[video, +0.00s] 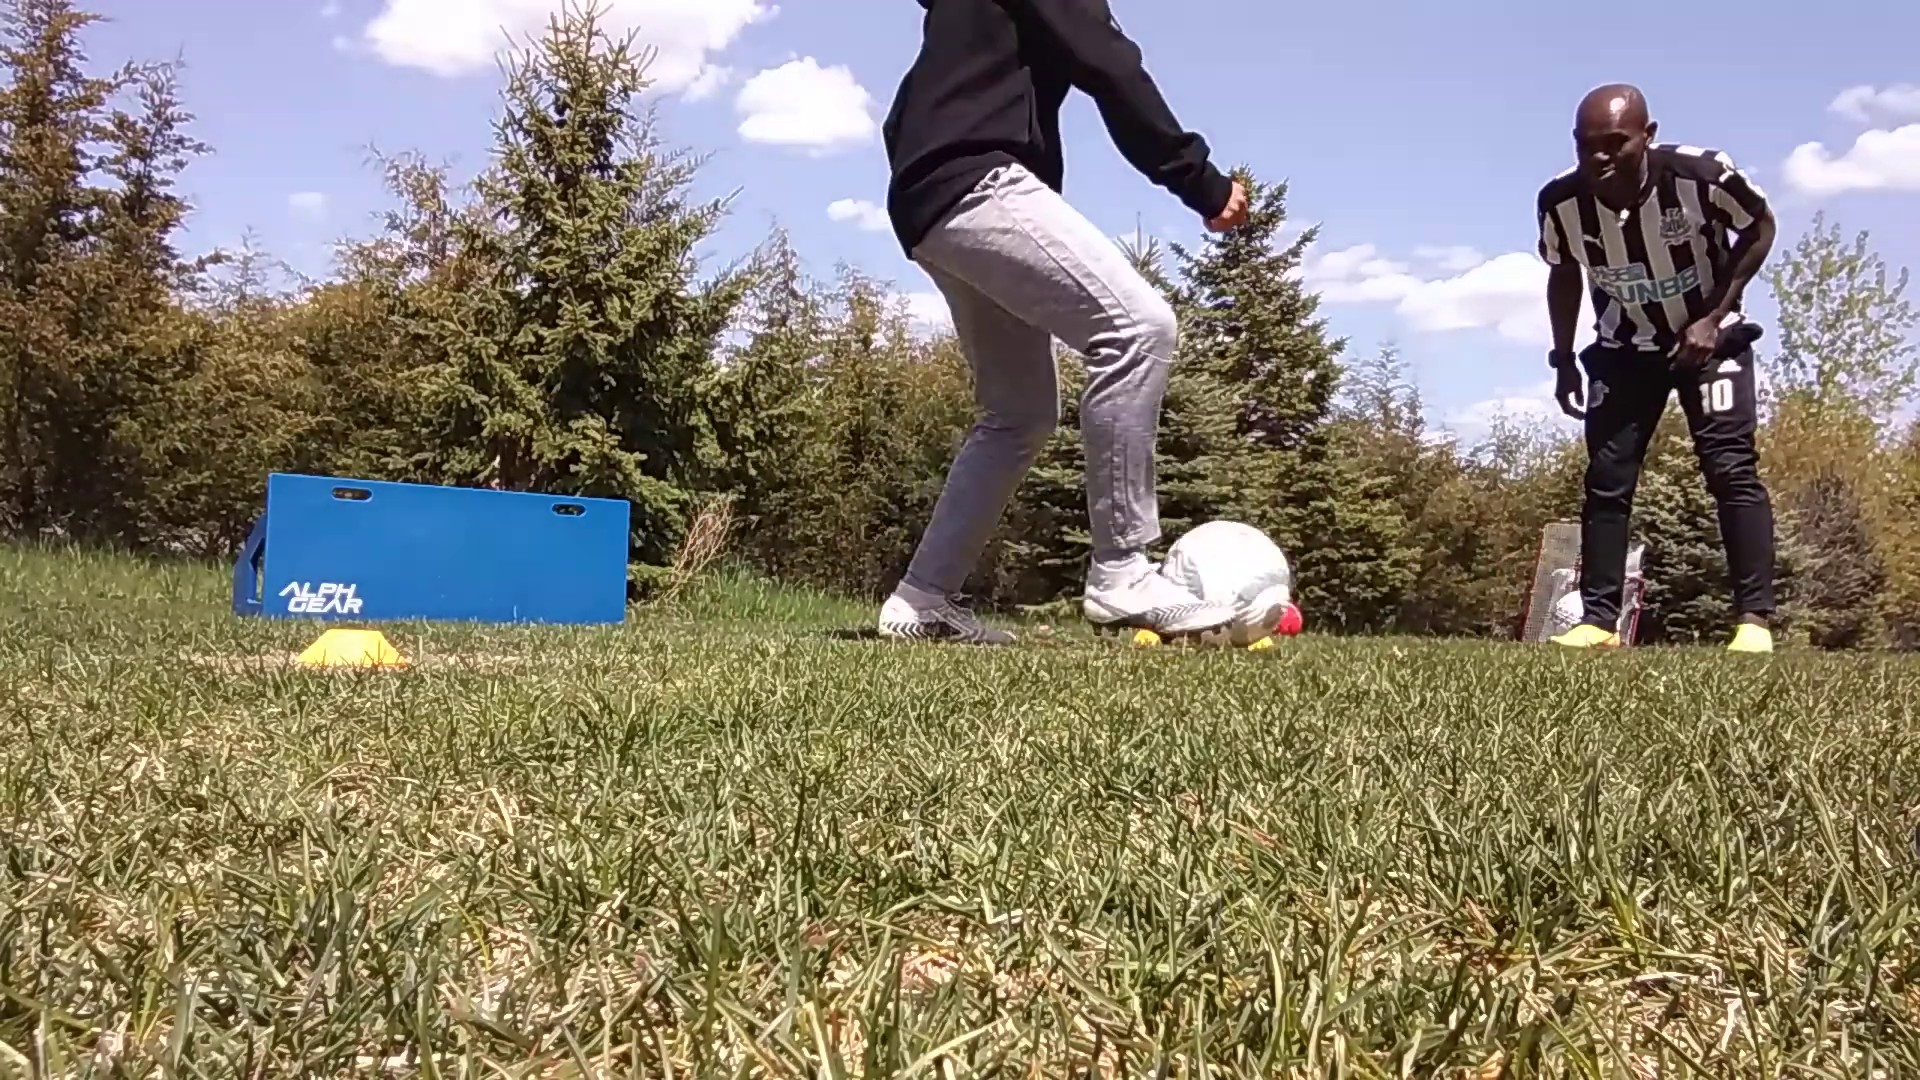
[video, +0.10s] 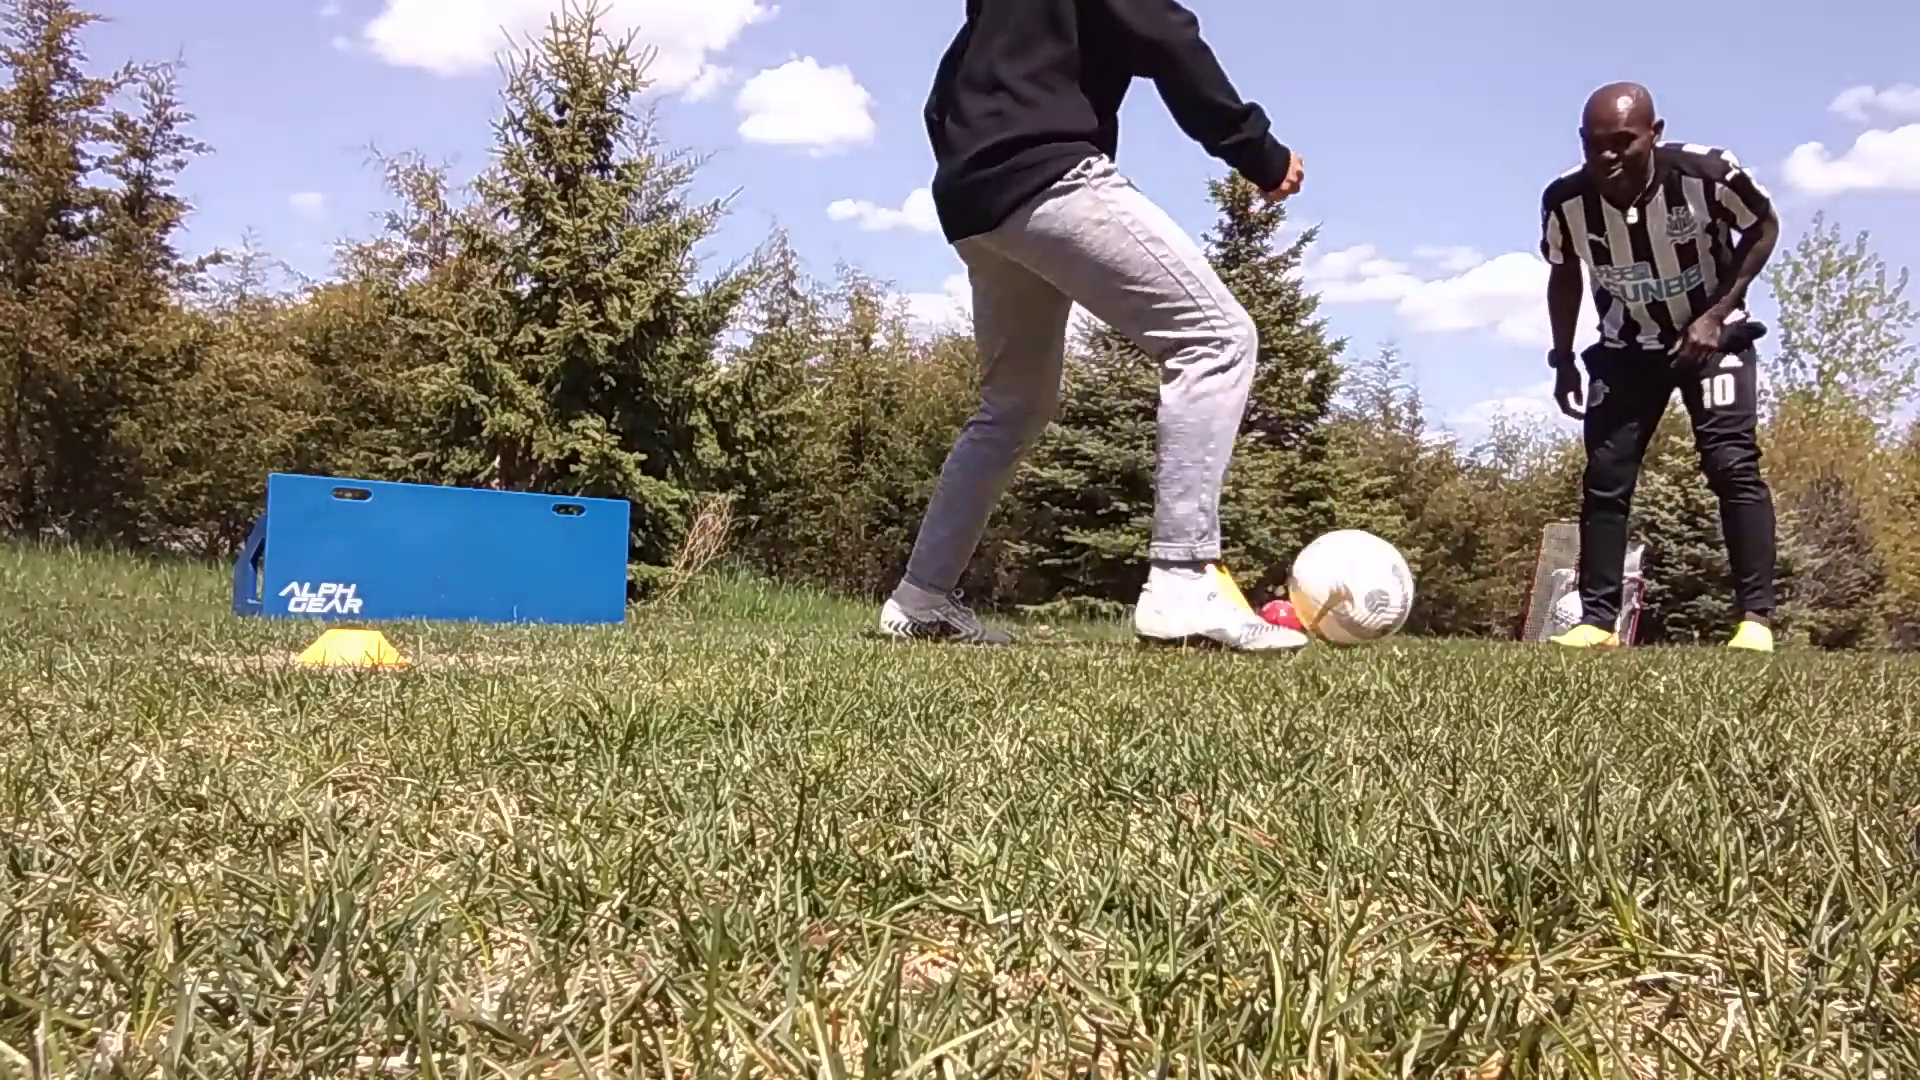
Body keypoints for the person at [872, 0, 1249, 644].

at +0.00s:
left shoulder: (962, 16)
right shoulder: (1047, 1)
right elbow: (1107, 63)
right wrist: (1204, 184)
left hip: (935, 193)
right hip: (976, 177)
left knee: (1016, 415)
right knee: (1137, 330)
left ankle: (923, 599)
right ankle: (1121, 574)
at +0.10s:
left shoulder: (991, 17)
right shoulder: (1119, 3)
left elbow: (945, 103)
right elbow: (1169, 38)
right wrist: (1258, 151)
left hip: (968, 183)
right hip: (1044, 162)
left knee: (1015, 401)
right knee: (1216, 339)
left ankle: (922, 598)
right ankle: (1184, 584)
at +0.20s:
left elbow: (982, 57)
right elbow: (1283, 41)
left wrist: (1026, 155)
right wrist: (1333, 126)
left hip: (1026, 141)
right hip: (1130, 130)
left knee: (1031, 384)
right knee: (1250, 356)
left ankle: (941, 590)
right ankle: (1197, 601)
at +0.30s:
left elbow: (1019, 7)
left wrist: (1068, 97)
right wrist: (1359, 66)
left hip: (1069, 79)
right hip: (1189, 62)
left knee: (1128, 337)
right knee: (1262, 331)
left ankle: (1020, 529)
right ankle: (1218, 595)